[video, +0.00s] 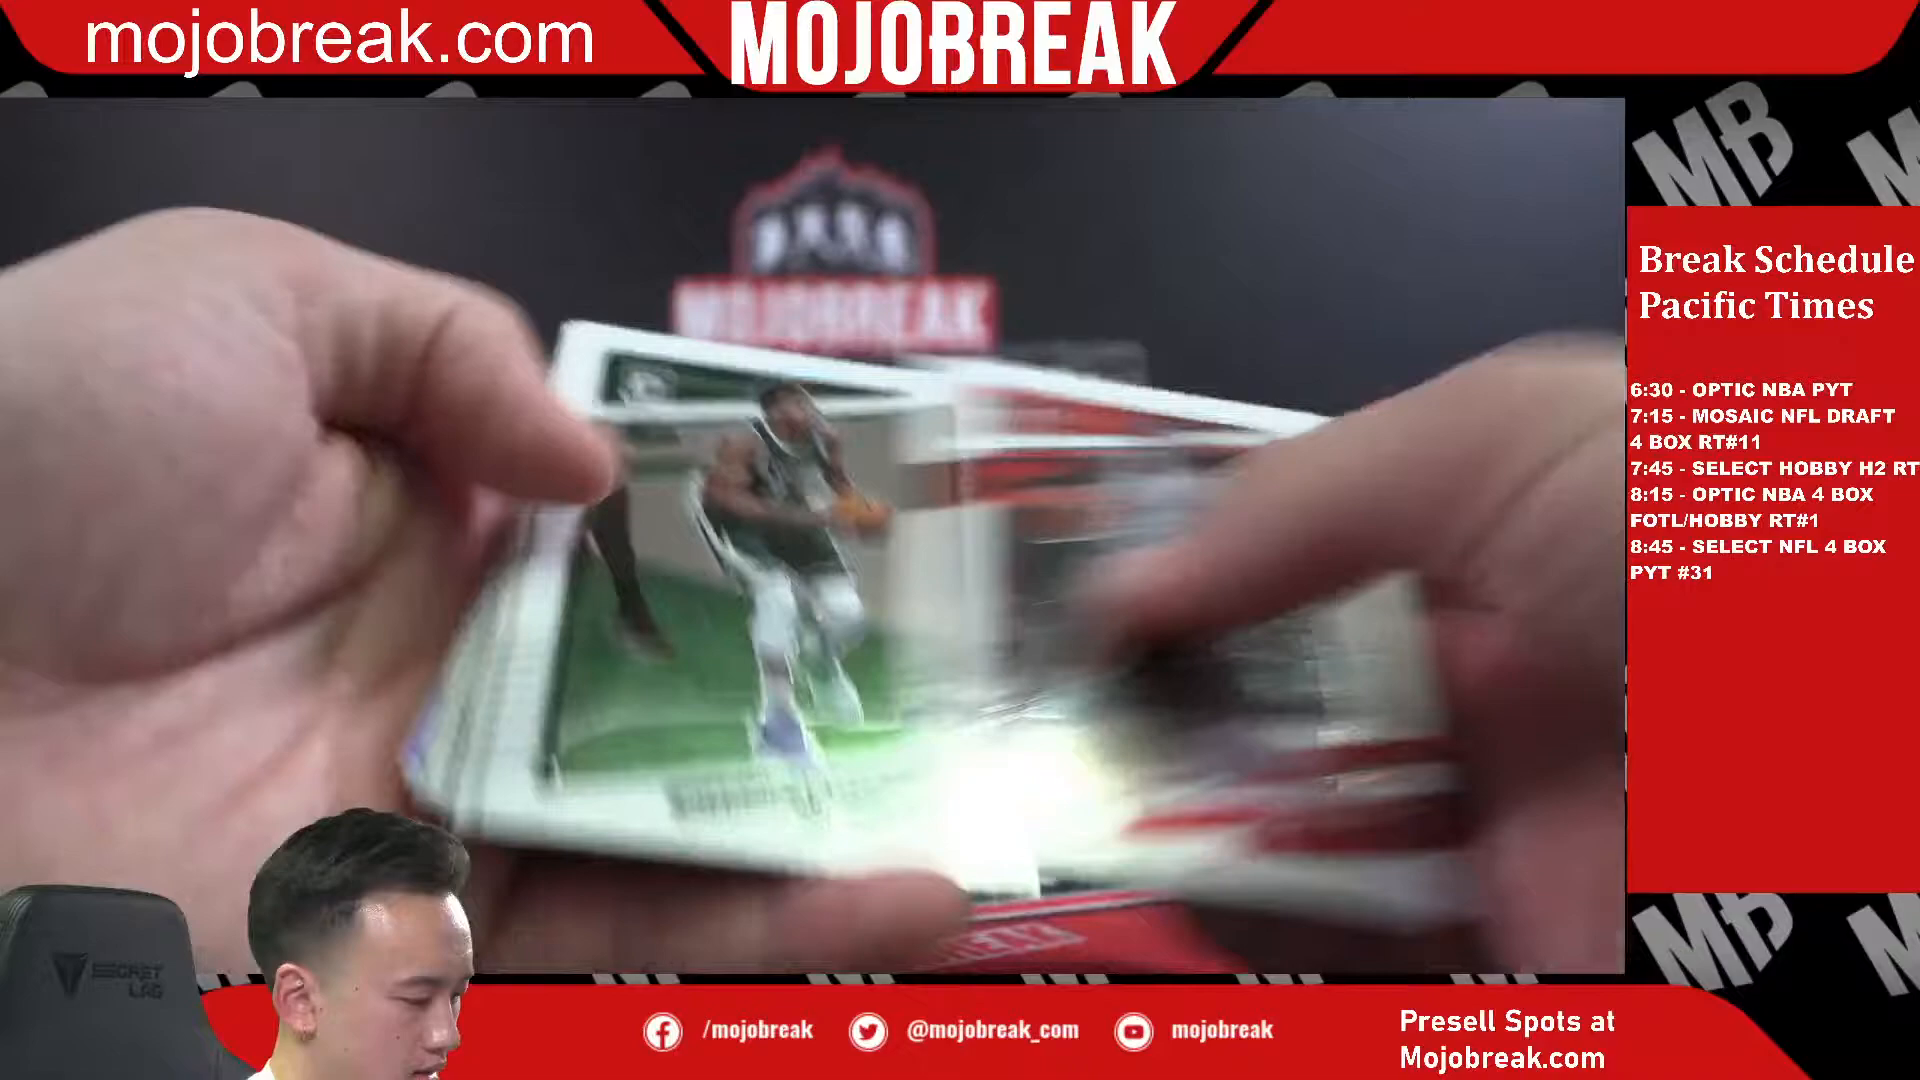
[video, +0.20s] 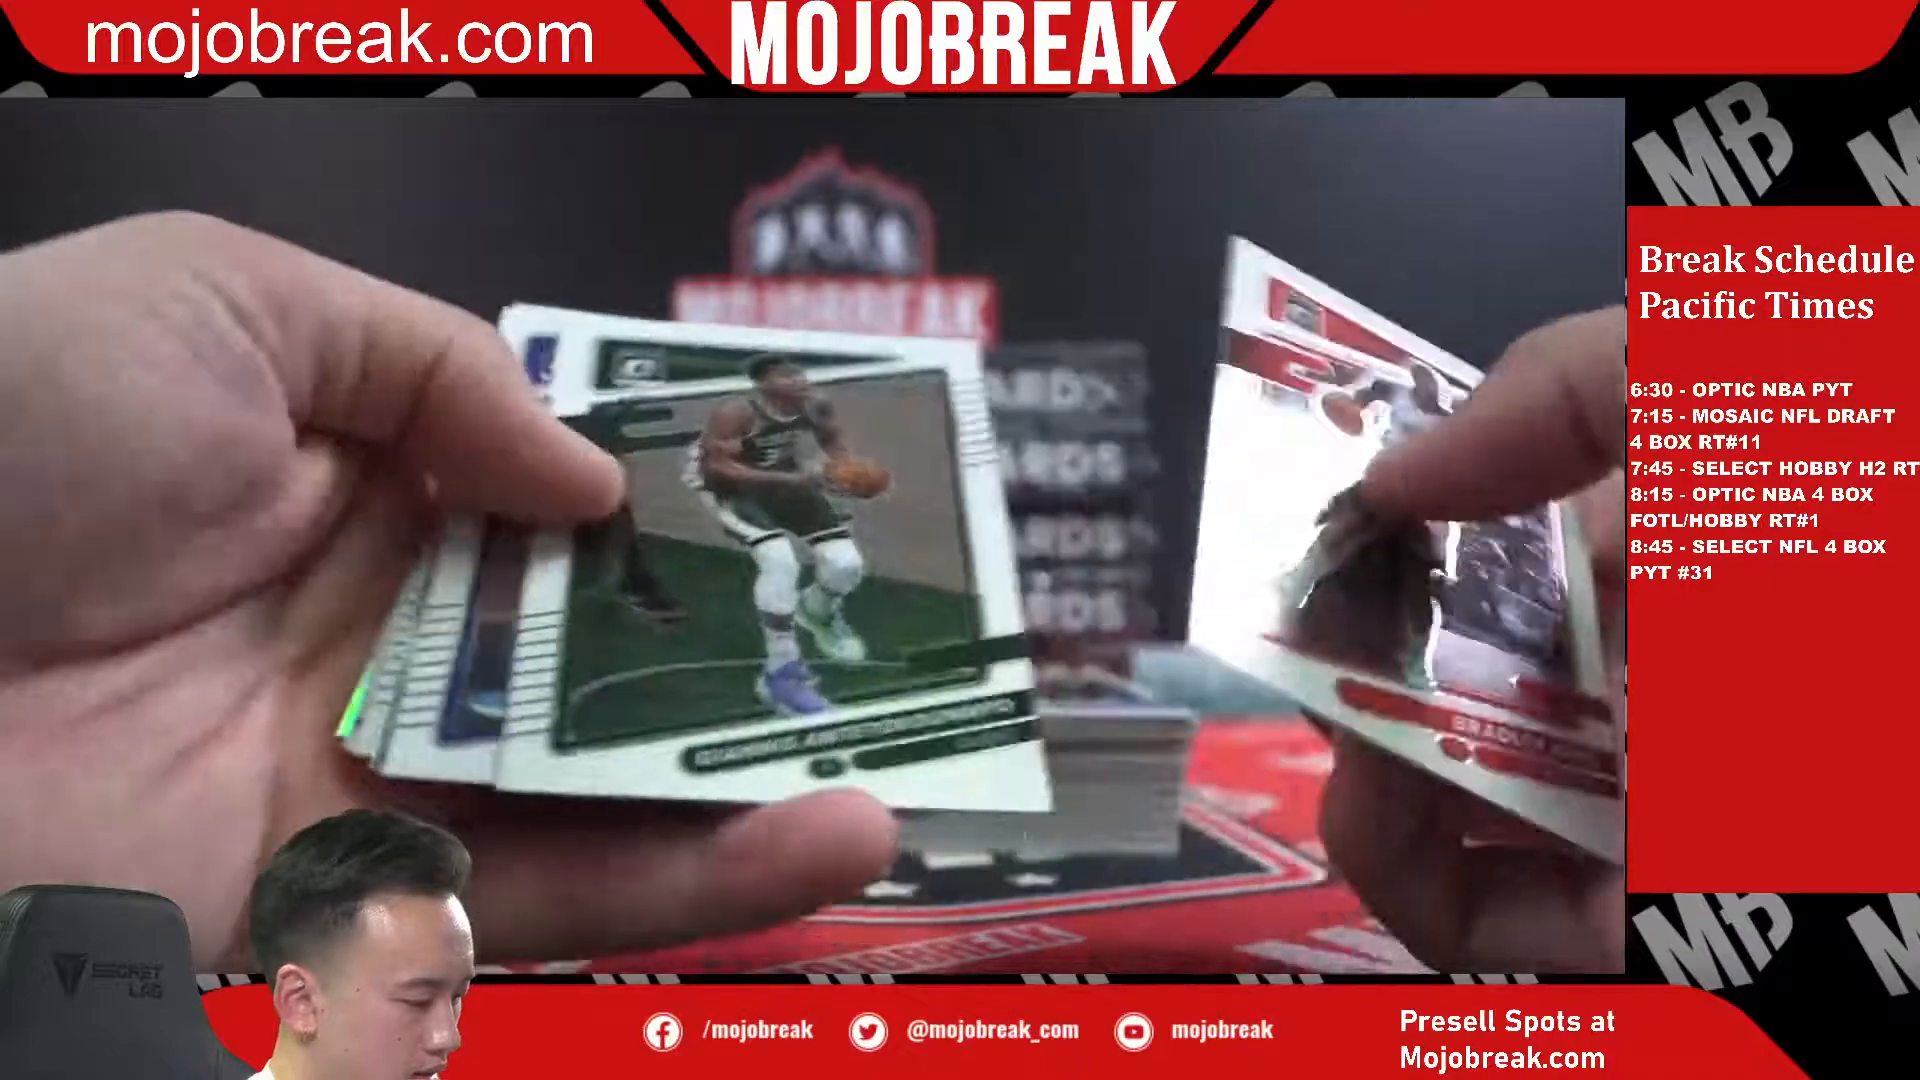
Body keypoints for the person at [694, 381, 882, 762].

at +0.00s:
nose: (802, 414)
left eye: (805, 404)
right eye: (792, 407)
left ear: (812, 407)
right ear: (770, 412)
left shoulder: (823, 441)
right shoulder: (741, 446)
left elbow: (839, 484)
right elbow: (725, 497)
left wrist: (862, 511)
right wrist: (814, 518)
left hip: (801, 531)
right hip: (748, 535)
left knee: (846, 612)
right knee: (776, 597)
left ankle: (820, 659)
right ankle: (779, 715)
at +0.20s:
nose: (798, 383)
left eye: (799, 374)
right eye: (786, 376)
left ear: (805, 377)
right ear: (763, 382)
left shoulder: (816, 408)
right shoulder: (733, 415)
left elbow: (834, 447)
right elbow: (717, 469)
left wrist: (852, 473)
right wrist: (793, 480)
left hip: (789, 483)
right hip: (735, 491)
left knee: (844, 563)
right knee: (779, 559)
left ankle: (817, 611)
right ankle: (781, 672)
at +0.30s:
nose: (836, 377)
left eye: (836, 368)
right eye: (825, 370)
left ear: (841, 371)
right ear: (803, 376)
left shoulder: (855, 403)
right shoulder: (772, 409)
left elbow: (870, 445)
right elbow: (755, 467)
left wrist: (891, 471)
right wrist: (835, 478)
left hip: (838, 494)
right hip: (780, 498)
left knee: (881, 562)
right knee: (815, 557)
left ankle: (852, 612)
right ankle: (817, 675)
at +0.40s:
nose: (906, 381)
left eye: (907, 373)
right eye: (894, 374)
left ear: (911, 376)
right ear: (871, 381)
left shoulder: (924, 411)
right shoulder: (839, 415)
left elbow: (936, 463)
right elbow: (818, 476)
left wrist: (960, 487)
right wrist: (897, 489)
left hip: (902, 512)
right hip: (847, 514)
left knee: (943, 582)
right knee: (877, 574)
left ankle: (923, 640)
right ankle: (875, 699)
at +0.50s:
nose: (943, 415)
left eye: (944, 405)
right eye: (931, 408)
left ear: (950, 408)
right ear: (908, 414)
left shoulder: (960, 445)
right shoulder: (878, 443)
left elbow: (979, 497)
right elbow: (854, 501)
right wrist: (926, 522)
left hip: (926, 530)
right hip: (872, 531)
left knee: (975, 618)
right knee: (911, 605)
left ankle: (946, 667)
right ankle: (906, 732)